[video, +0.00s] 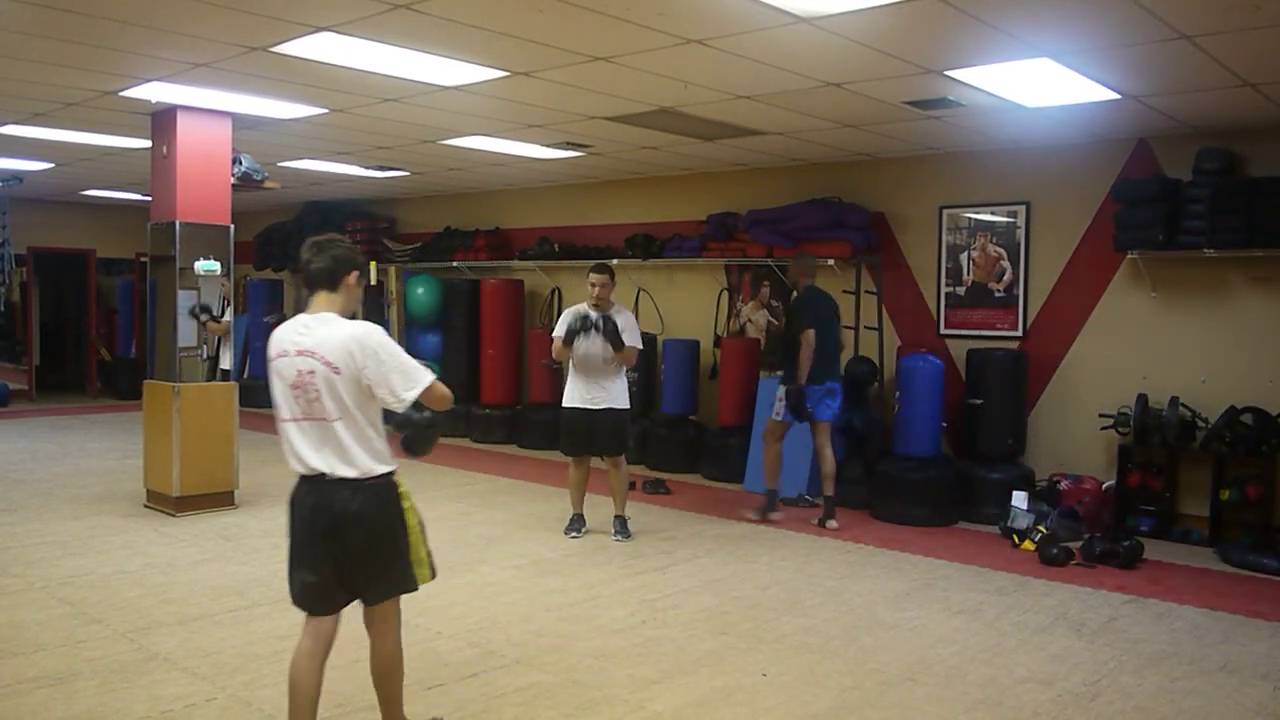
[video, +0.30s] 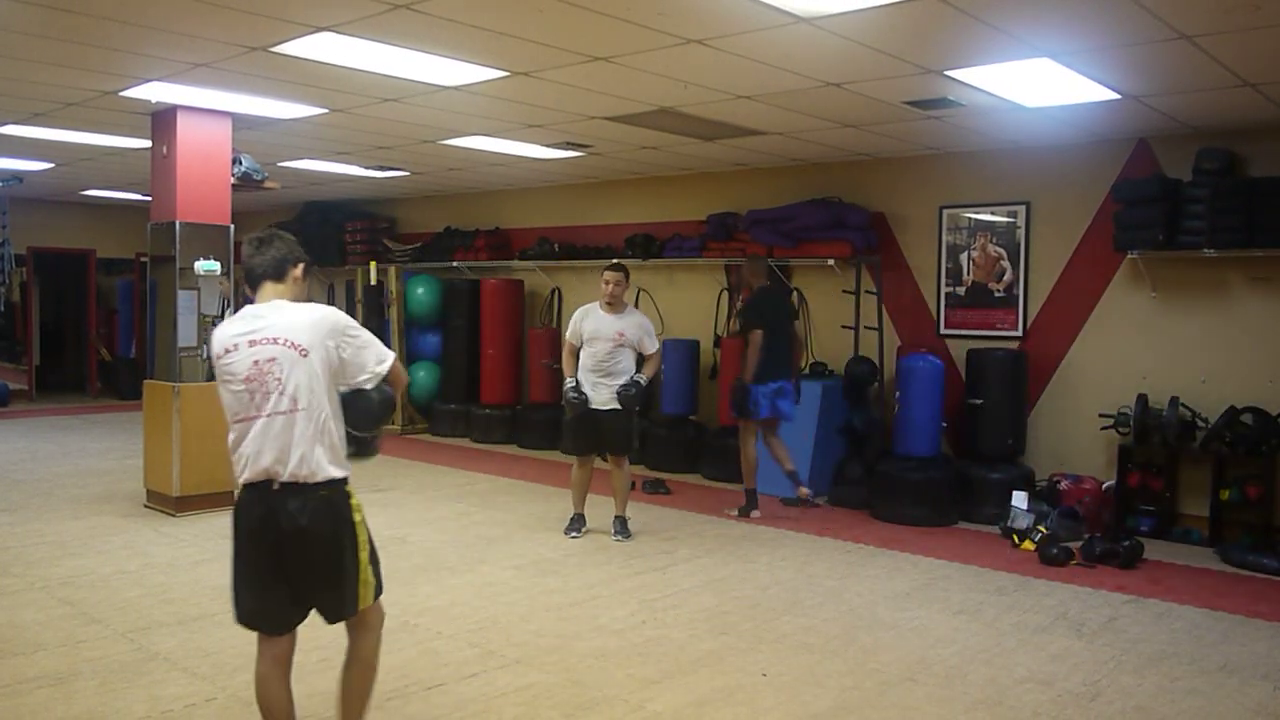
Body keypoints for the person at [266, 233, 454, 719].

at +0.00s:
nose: (362, 290)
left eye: (362, 283)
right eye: (361, 282)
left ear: (307, 281)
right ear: (350, 280)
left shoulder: (280, 338)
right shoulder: (362, 336)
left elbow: (315, 404)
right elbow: (440, 398)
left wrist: (389, 428)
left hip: (311, 499)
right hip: (371, 501)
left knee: (316, 631)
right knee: (384, 629)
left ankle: (300, 717)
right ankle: (395, 717)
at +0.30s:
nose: (308, 282)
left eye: (308, 275)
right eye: (308, 274)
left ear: (249, 278)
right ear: (298, 272)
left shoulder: (222, 336)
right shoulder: (325, 321)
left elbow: (246, 403)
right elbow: (396, 376)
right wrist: (369, 419)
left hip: (255, 507)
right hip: (324, 504)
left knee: (274, 642)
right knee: (366, 619)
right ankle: (351, 716)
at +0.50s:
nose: (277, 282)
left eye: (276, 276)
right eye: (275, 275)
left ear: (216, 282)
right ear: (268, 276)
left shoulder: (188, 344)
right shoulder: (302, 329)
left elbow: (207, 416)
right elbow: (365, 388)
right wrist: (328, 427)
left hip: (224, 522)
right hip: (295, 521)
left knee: (252, 660)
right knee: (305, 663)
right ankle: (280, 714)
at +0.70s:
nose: (248, 284)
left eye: (245, 278)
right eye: (247, 277)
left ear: (181, 286)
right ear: (240, 278)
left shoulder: (147, 344)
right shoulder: (271, 335)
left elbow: (176, 421)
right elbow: (338, 395)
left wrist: (271, 433)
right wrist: (271, 407)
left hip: (178, 542)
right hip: (254, 539)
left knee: (227, 689)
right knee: (231, 691)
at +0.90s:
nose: (218, 271)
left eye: (215, 262)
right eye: (217, 263)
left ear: (142, 271)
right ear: (210, 265)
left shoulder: (105, 332)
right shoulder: (237, 325)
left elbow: (112, 412)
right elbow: (307, 394)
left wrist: (225, 418)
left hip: (137, 541)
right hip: (219, 541)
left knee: (160, 693)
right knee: (206, 705)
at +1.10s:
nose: (174, 269)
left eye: (171, 261)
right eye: (173, 261)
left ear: (99, 270)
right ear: (165, 265)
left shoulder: (56, 342)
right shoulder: (196, 332)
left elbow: (83, 431)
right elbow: (275, 405)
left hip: (93, 560)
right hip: (185, 558)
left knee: (87, 710)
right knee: (189, 704)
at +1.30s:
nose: (122, 272)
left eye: (123, 264)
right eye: (122, 263)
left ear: (44, 272)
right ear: (113, 265)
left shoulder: (6, 340)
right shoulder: (145, 331)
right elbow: (233, 412)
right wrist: (164, 416)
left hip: (32, 574)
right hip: (135, 572)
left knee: (32, 712)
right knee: (156, 709)